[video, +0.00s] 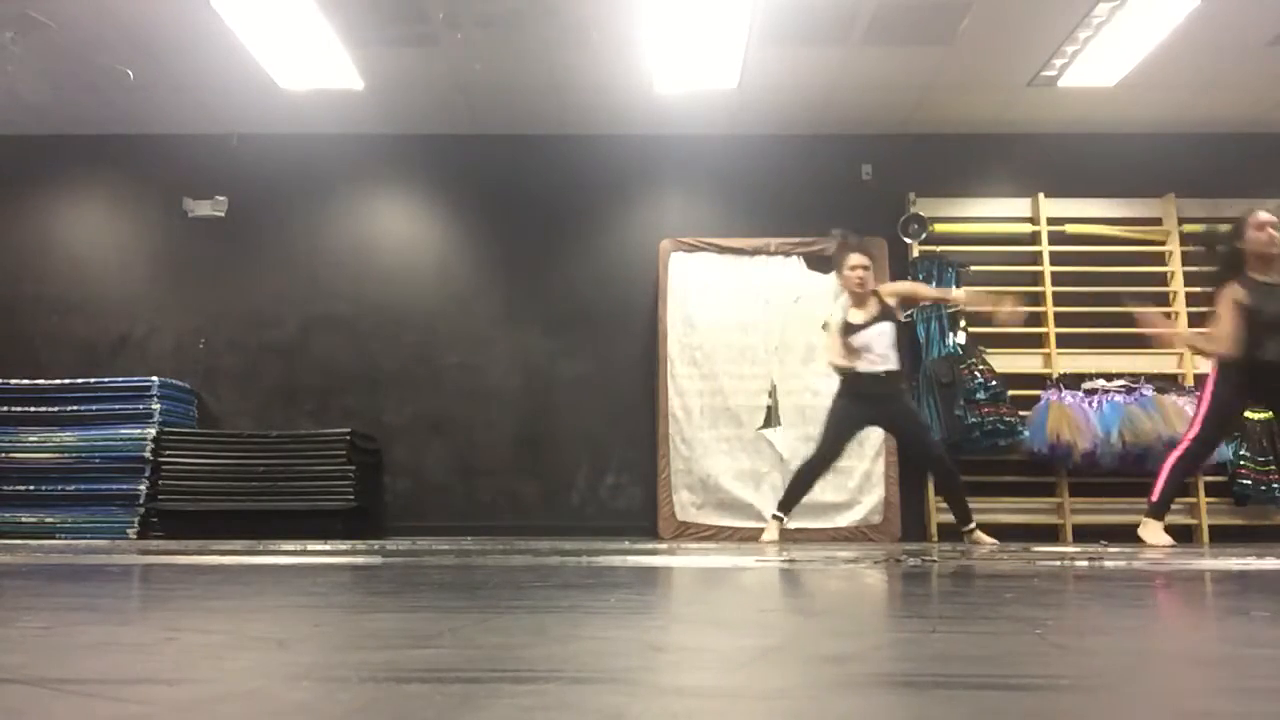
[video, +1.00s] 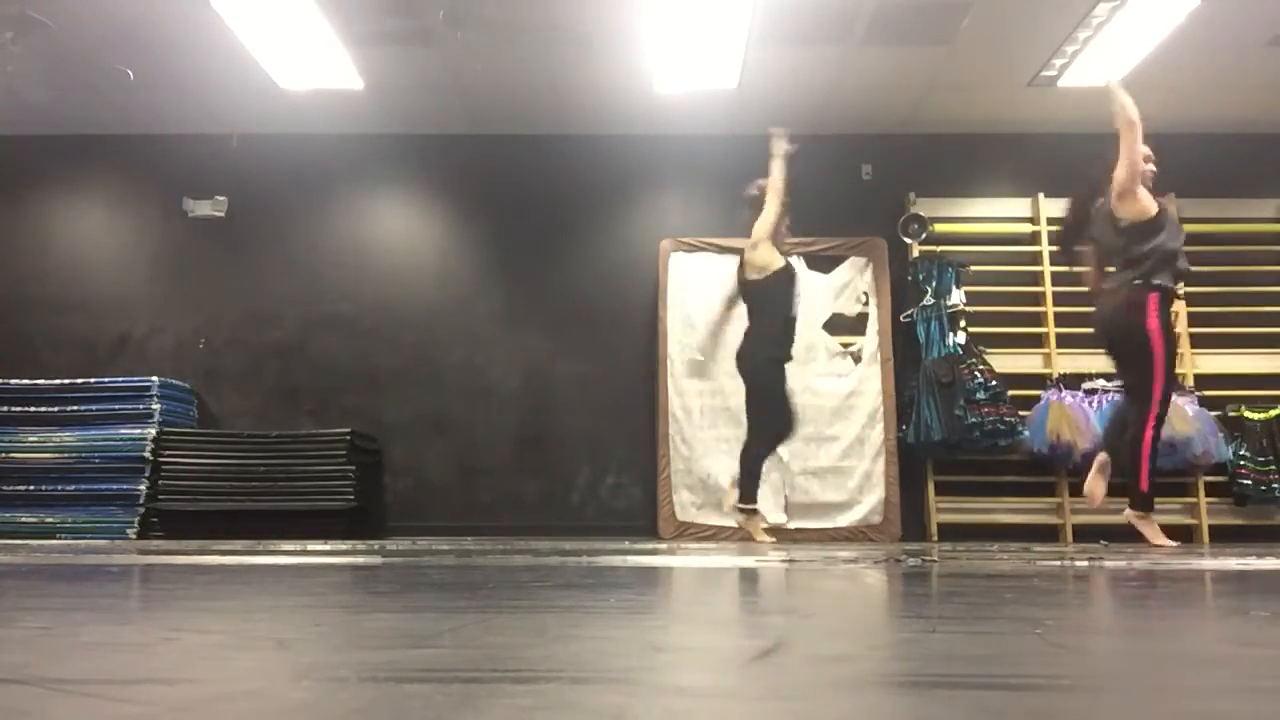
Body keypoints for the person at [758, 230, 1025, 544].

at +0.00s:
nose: (861, 275)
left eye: (866, 269)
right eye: (854, 270)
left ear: (873, 273)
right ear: (841, 276)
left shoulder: (890, 294)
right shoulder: (838, 314)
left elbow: (943, 294)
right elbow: (836, 358)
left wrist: (996, 302)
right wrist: (851, 362)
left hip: (892, 394)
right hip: (854, 395)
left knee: (936, 455)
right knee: (824, 457)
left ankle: (970, 530)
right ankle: (775, 522)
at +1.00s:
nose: (784, 219)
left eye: (783, 212)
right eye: (779, 212)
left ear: (760, 214)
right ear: (766, 213)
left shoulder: (752, 256)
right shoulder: (761, 246)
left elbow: (727, 307)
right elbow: (774, 195)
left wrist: (706, 347)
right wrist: (779, 152)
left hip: (761, 352)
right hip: (763, 354)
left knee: (779, 424)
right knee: (764, 430)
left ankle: (742, 482)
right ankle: (748, 512)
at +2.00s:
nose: (629, 252)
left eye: (634, 247)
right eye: (622, 247)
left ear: (642, 256)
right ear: (610, 256)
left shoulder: (654, 294)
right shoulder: (594, 292)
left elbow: (659, 339)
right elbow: (561, 331)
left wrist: (643, 373)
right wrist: (542, 366)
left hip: (597, 383)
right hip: (567, 361)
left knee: (604, 451)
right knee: (498, 349)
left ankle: (583, 524)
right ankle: (432, 331)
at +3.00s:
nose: (455, 260)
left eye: (461, 254)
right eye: (457, 253)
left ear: (480, 257)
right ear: (481, 258)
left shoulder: (476, 283)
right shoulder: (498, 289)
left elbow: (461, 328)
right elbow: (484, 342)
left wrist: (432, 361)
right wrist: (448, 361)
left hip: (468, 383)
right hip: (483, 384)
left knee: (422, 440)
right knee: (446, 448)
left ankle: (437, 517)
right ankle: (457, 523)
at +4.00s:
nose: (592, 293)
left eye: (594, 286)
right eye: (585, 287)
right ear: (566, 293)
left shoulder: (567, 319)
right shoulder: (557, 318)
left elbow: (542, 355)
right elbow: (534, 361)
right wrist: (556, 400)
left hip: (545, 410)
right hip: (520, 411)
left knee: (573, 456)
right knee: (478, 469)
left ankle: (591, 526)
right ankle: (458, 528)